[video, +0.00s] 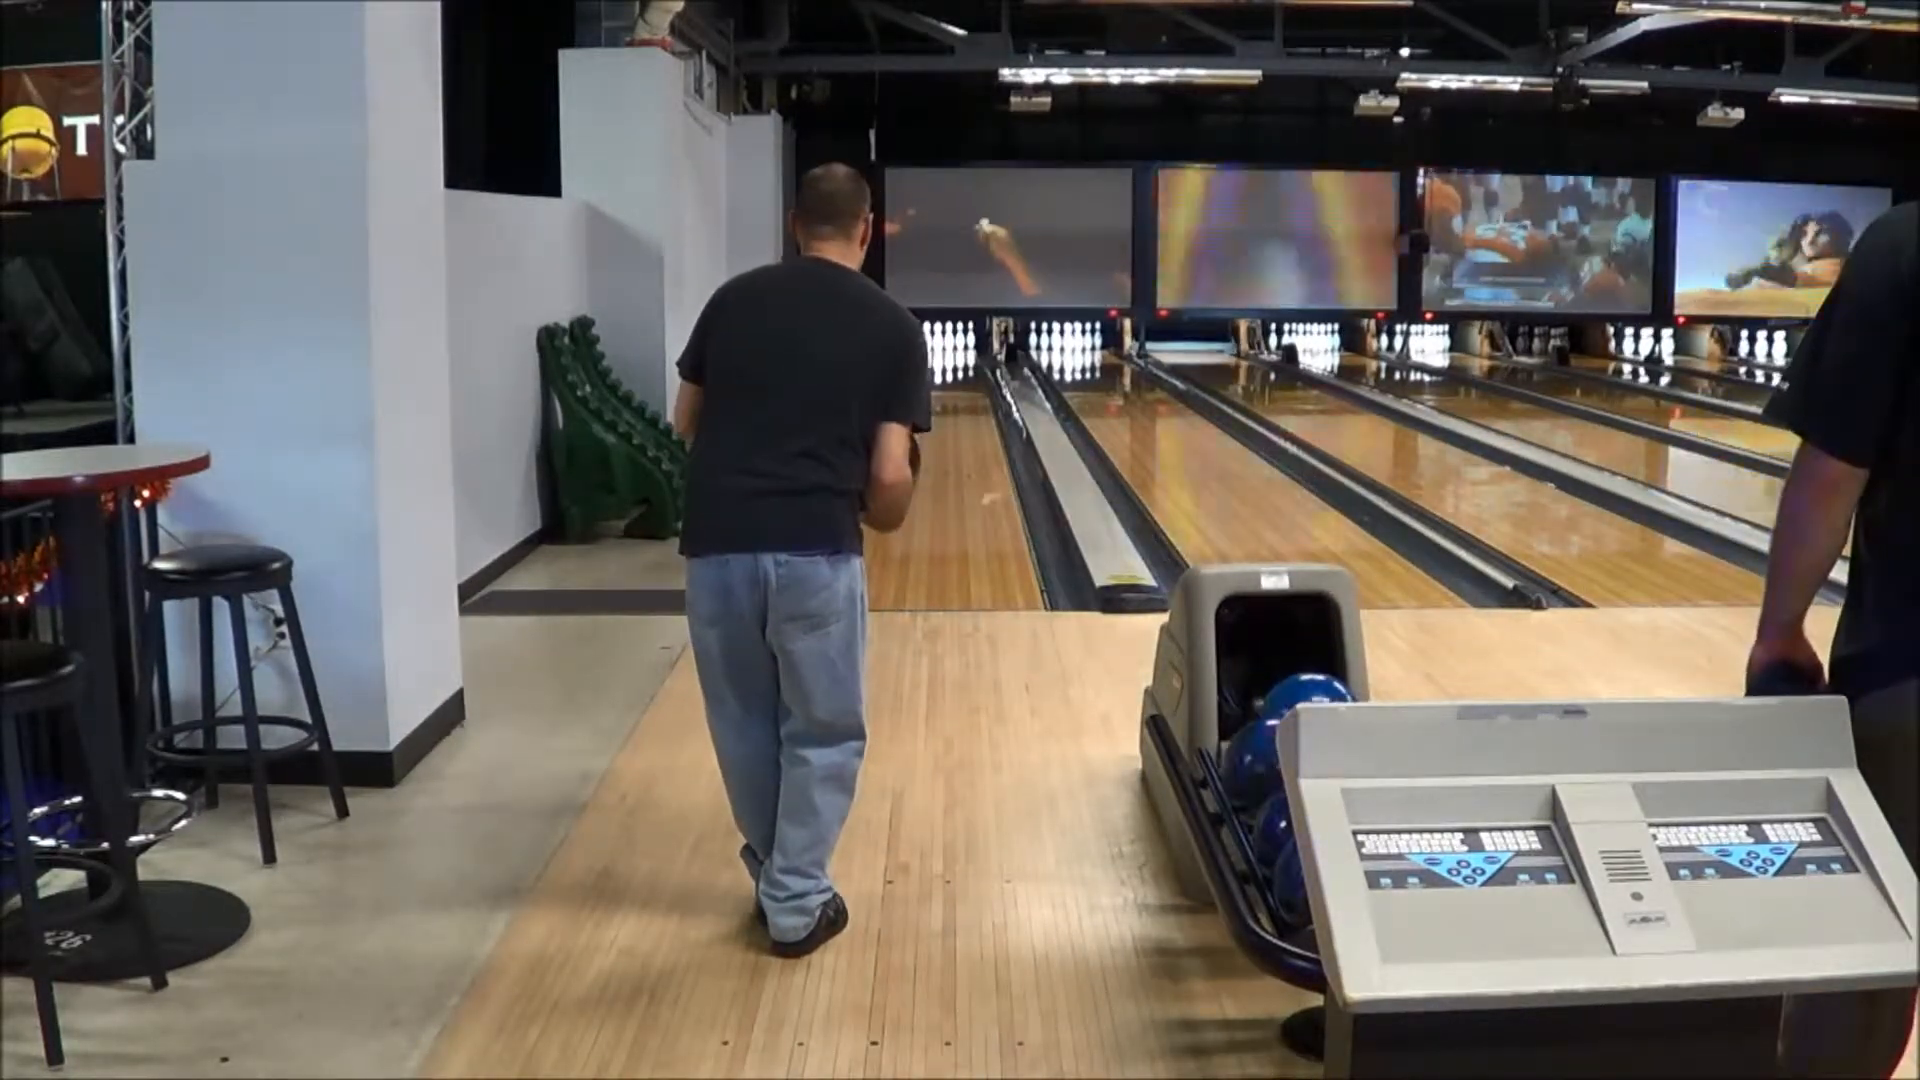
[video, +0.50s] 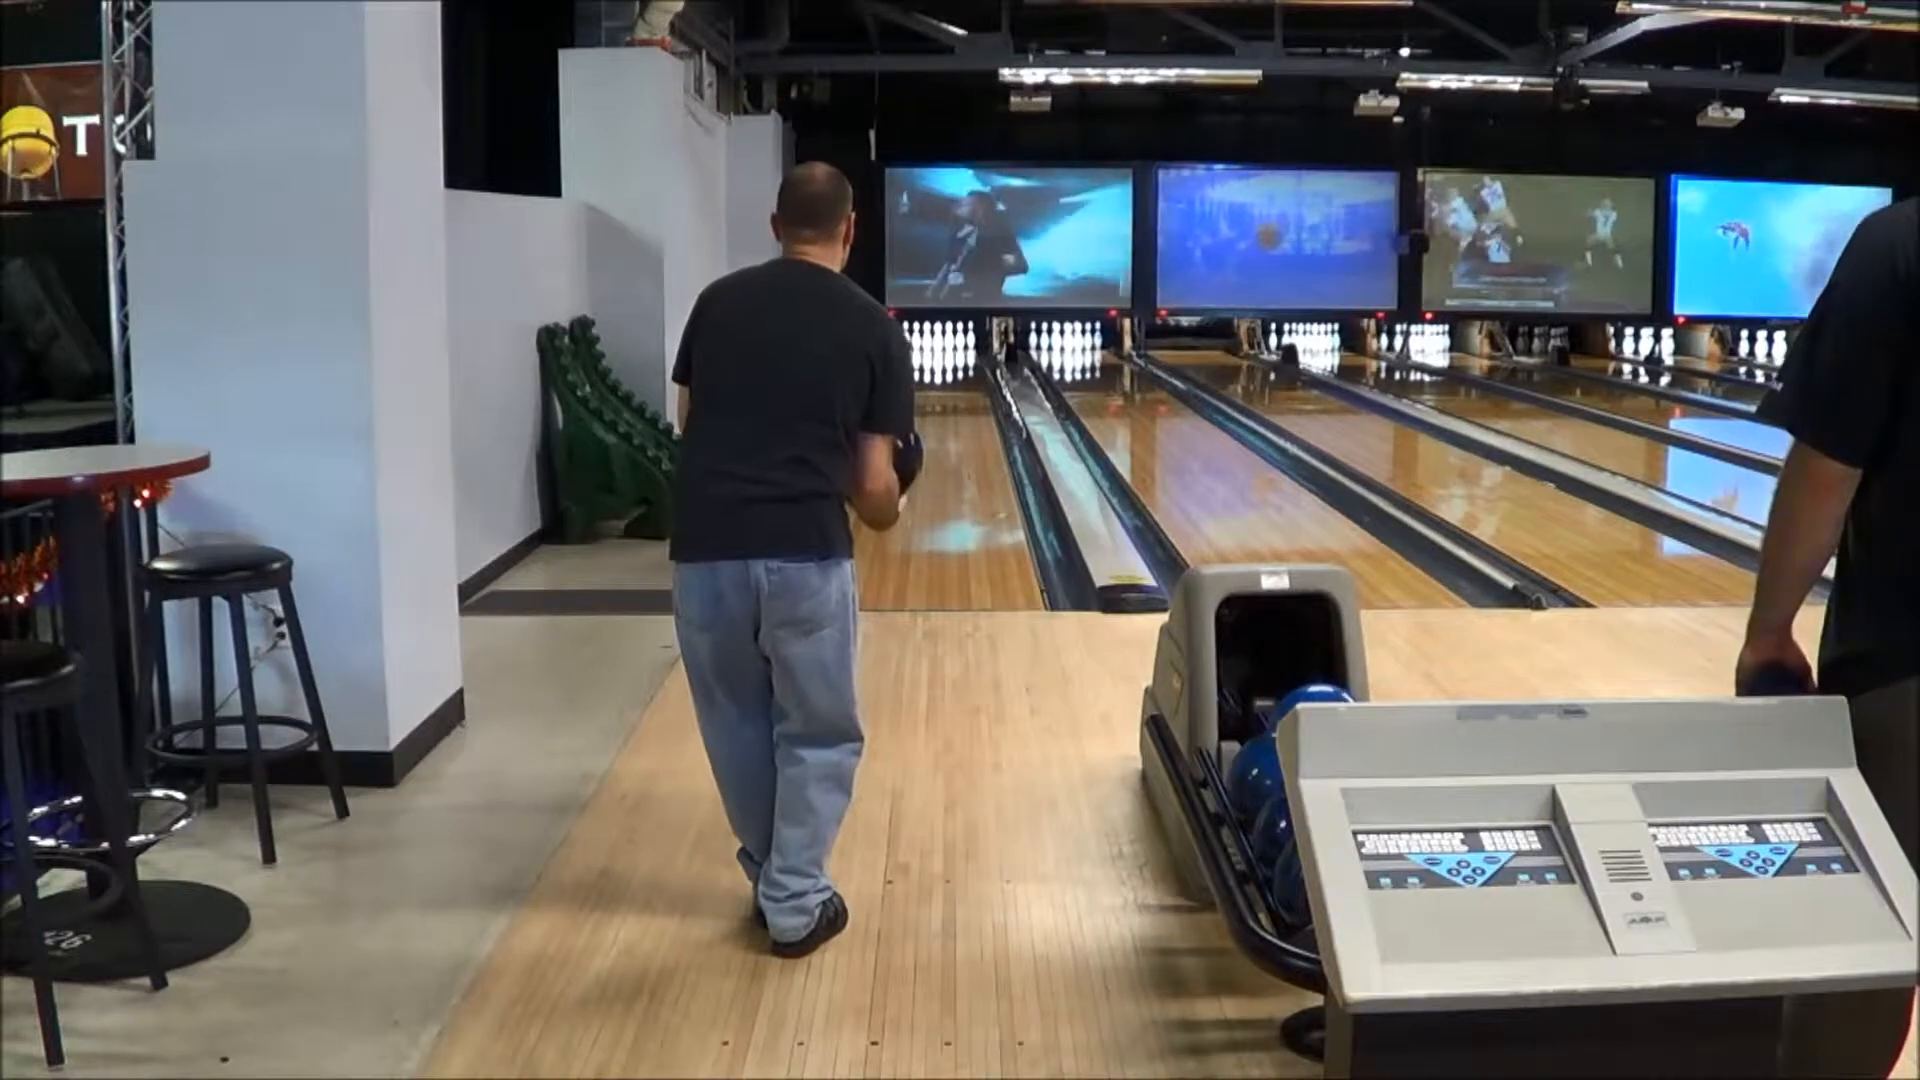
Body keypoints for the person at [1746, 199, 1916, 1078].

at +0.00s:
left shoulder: (1899, 248)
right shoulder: (1894, 249)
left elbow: (1832, 464)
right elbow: (1834, 463)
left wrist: (1780, 627)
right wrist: (1784, 627)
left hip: (1898, 669)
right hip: (1888, 663)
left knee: (1873, 918)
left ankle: (1836, 1060)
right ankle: (1835, 1055)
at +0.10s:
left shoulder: (1901, 245)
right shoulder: (1895, 246)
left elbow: (1831, 459)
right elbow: (1833, 458)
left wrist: (1777, 624)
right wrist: (1781, 624)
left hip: (1899, 667)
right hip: (1889, 662)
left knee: (1872, 922)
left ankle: (1835, 1061)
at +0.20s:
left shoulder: (1899, 244)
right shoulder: (1894, 244)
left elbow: (1828, 463)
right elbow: (1830, 462)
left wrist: (1775, 623)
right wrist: (1778, 623)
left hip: (1897, 667)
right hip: (1887, 661)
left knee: (1872, 926)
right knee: (1867, 925)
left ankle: (1832, 1062)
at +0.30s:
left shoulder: (1898, 244)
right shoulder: (1892, 244)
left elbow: (1827, 462)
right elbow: (1829, 461)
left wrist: (1773, 624)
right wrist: (1776, 624)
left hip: (1896, 672)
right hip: (1887, 666)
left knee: (1871, 930)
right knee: (1867, 928)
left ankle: (1834, 1062)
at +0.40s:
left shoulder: (1896, 245)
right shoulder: (1891, 245)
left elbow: (1827, 461)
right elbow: (1829, 461)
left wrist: (1771, 626)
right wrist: (1776, 626)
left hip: (1896, 671)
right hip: (1886, 664)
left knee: (1869, 930)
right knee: (1865, 928)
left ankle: (1831, 1063)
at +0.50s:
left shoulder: (1898, 244)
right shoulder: (1893, 244)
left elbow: (1826, 462)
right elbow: (1827, 462)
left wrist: (1769, 630)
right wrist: (1775, 631)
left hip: (1897, 670)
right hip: (1887, 663)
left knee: (1872, 935)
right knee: (1868, 932)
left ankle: (1843, 1059)